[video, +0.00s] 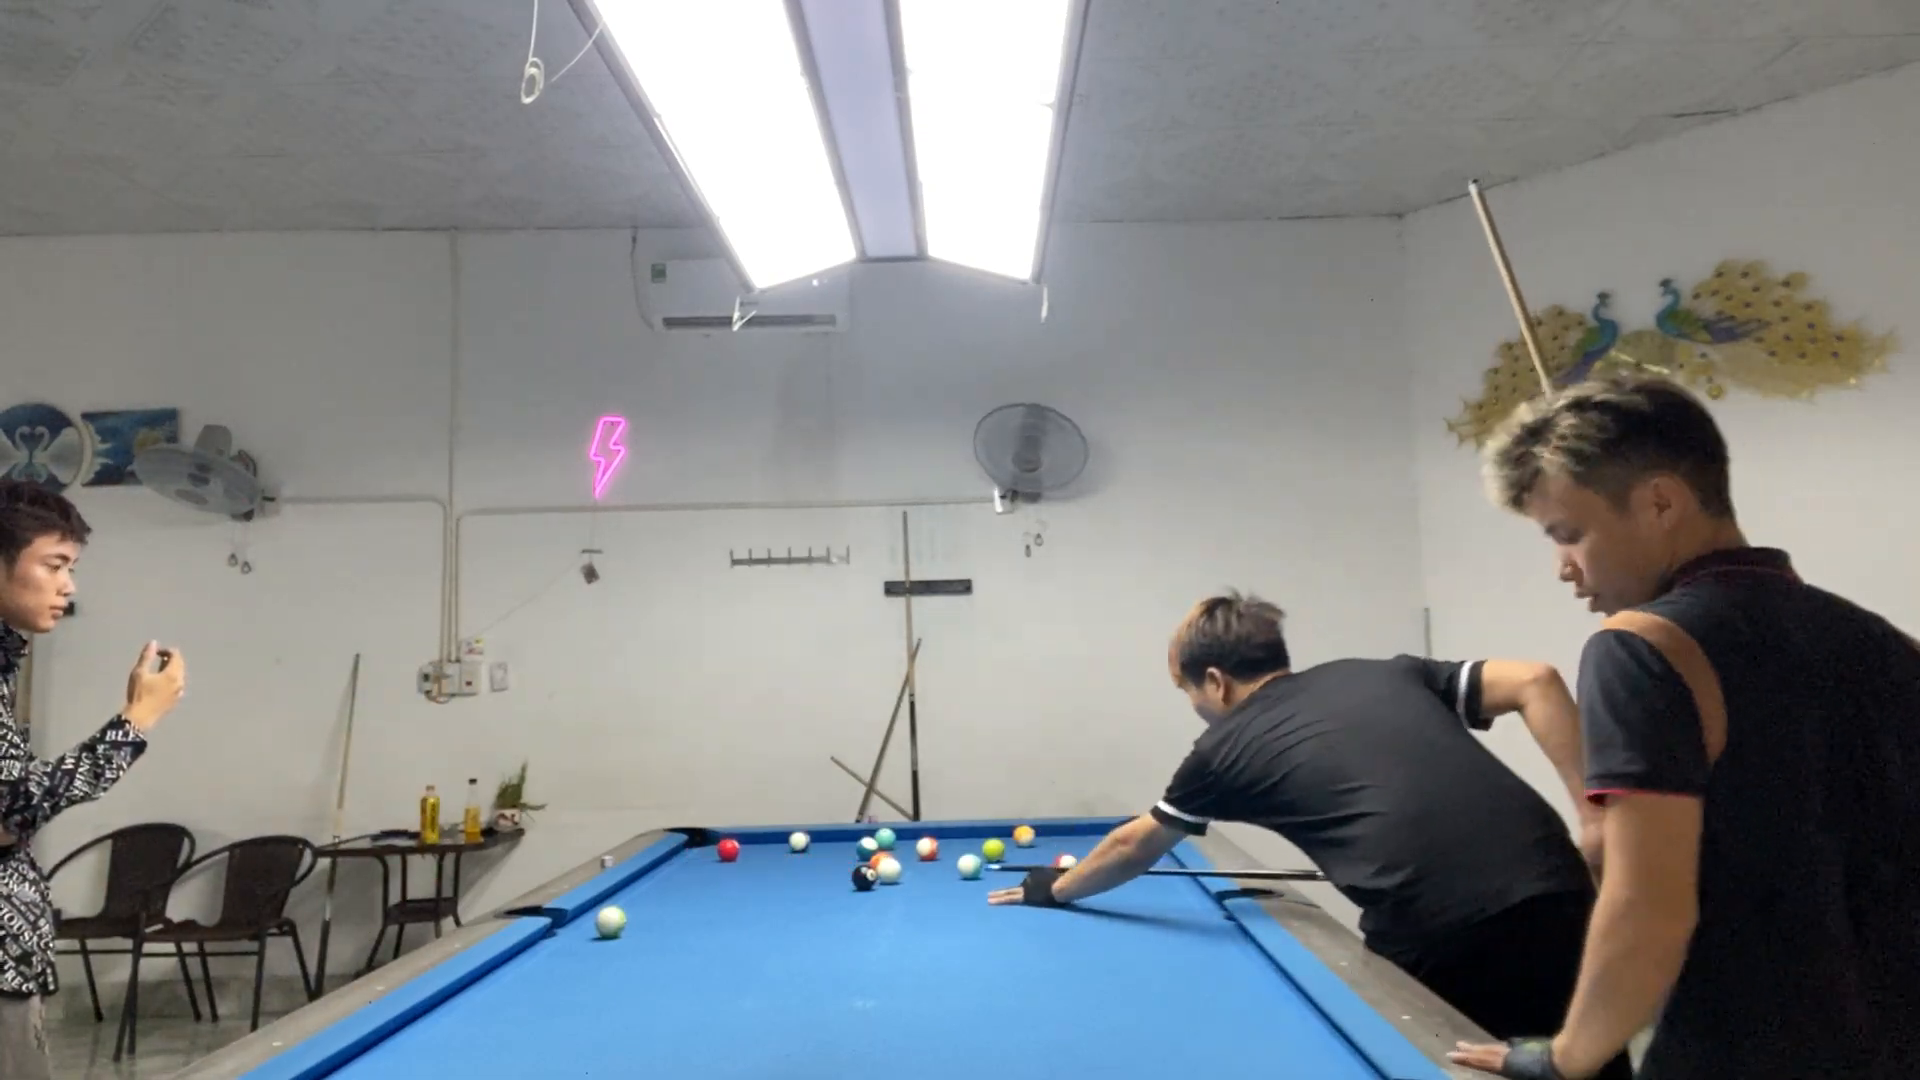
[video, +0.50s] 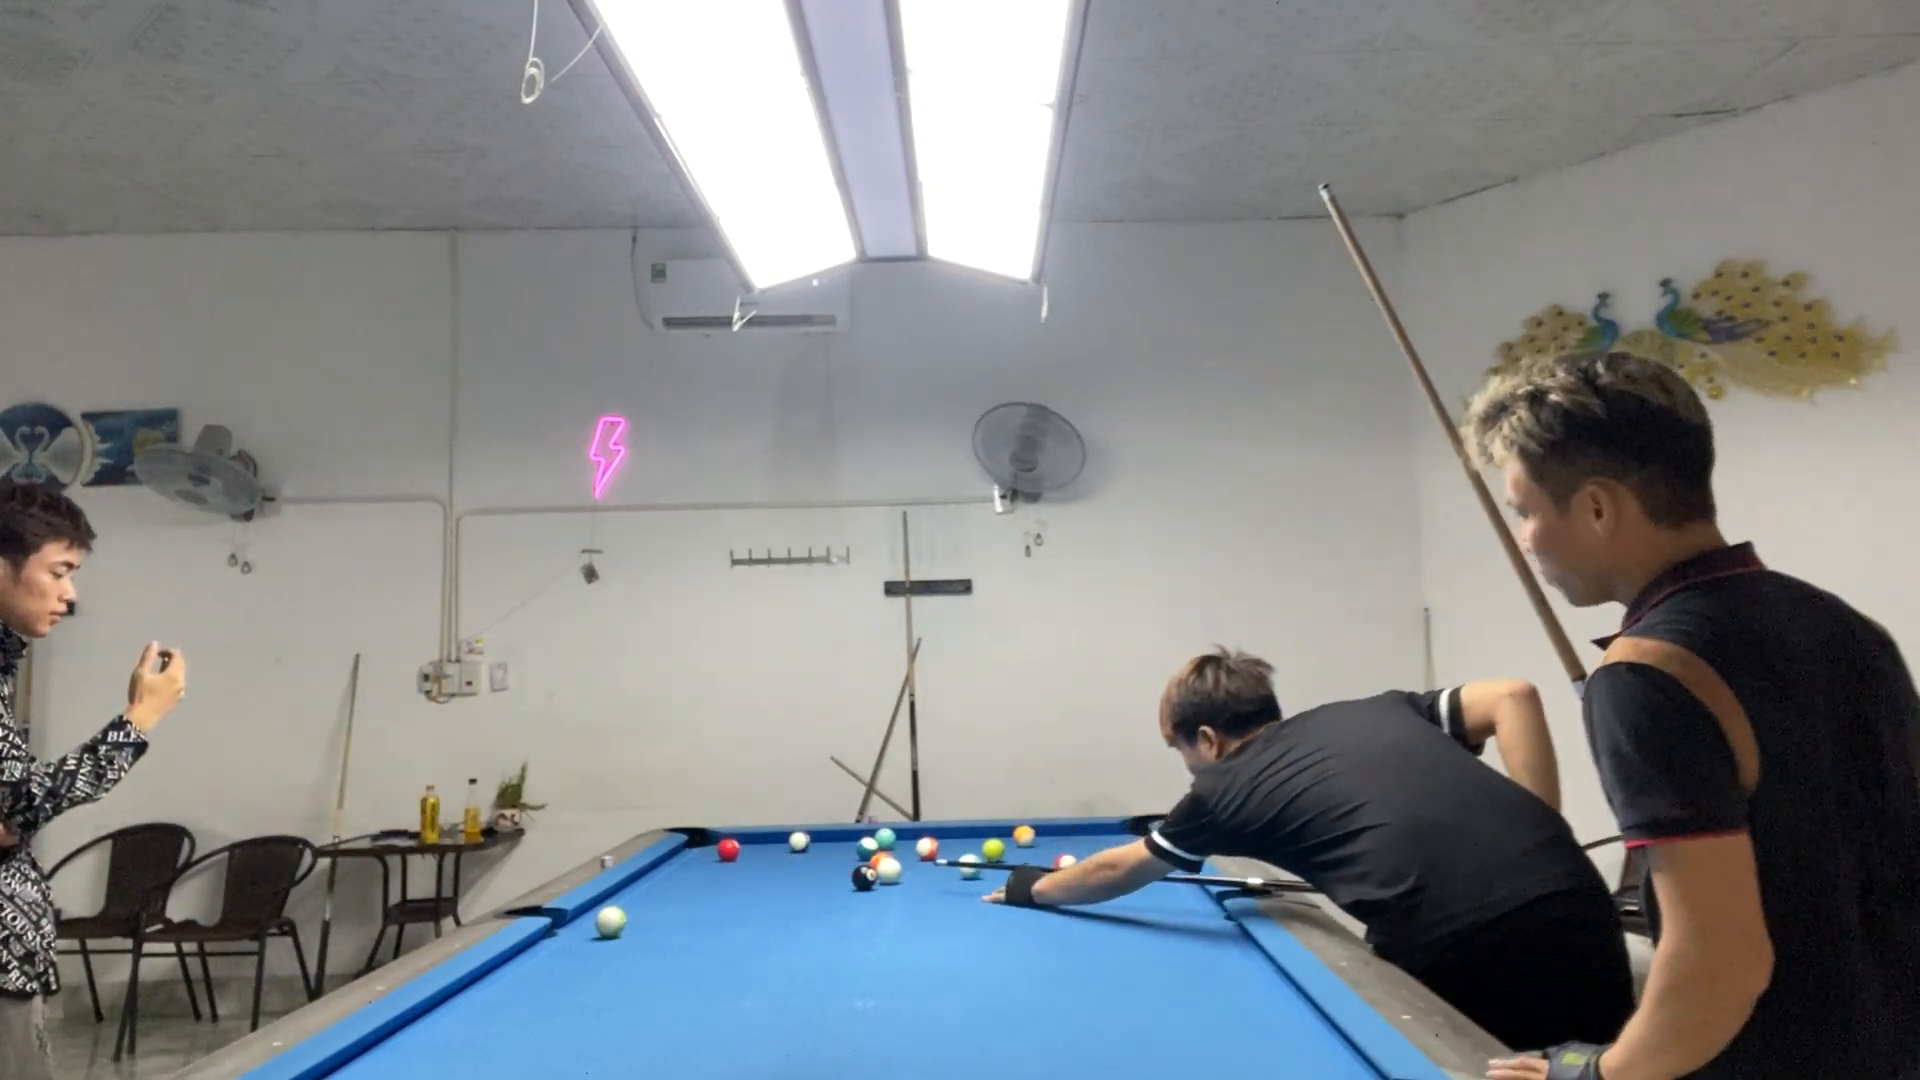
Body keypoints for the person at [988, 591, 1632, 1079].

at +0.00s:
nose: (1196, 713)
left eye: (1191, 698)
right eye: (1190, 699)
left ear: (1219, 684)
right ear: (1278, 660)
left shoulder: (1224, 750)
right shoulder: (1390, 673)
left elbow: (1134, 844)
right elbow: (1537, 681)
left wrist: (1061, 887)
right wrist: (1594, 810)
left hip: (1439, 928)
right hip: (1559, 895)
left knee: (1398, 1057)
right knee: (1583, 1062)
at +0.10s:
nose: (1190, 730)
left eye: (1186, 714)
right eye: (1184, 715)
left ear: (1212, 705)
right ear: (1274, 679)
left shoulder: (1222, 769)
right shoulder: (1382, 687)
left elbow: (1130, 851)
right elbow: (1526, 691)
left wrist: (1056, 885)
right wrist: (1571, 829)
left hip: (1441, 928)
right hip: (1557, 893)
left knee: (1442, 1064)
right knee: (1593, 1058)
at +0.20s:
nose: (1187, 744)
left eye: (1183, 727)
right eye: (1181, 729)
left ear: (1207, 718)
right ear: (1273, 689)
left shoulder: (1222, 776)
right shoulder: (1381, 694)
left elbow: (1129, 855)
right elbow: (1522, 692)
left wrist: (1055, 887)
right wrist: (1546, 828)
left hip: (1441, 930)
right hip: (1558, 897)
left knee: (1436, 1066)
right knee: (1598, 1059)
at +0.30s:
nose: (1188, 750)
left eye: (1183, 734)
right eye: (1181, 735)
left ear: (1208, 725)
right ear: (1273, 694)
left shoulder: (1221, 781)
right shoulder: (1379, 699)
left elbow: (1125, 859)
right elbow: (1518, 695)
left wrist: (1053, 887)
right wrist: (1538, 828)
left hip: (1444, 933)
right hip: (1559, 894)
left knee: (1447, 1069)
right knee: (1601, 1059)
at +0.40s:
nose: (1187, 756)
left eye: (1183, 741)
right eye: (1181, 742)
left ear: (1207, 731)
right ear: (1272, 700)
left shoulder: (1220, 784)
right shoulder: (1378, 704)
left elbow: (1122, 861)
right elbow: (1514, 698)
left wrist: (1052, 887)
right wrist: (1535, 830)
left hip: (1443, 938)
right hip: (1561, 900)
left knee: (1438, 1070)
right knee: (1600, 1062)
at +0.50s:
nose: (1186, 766)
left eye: (1183, 752)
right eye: (1180, 754)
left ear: (1208, 740)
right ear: (1272, 707)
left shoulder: (1221, 790)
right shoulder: (1381, 710)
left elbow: (1110, 872)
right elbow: (1512, 697)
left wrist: (1038, 888)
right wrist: (1544, 832)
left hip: (1452, 939)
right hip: (1571, 903)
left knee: (1445, 1072)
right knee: (1598, 1066)